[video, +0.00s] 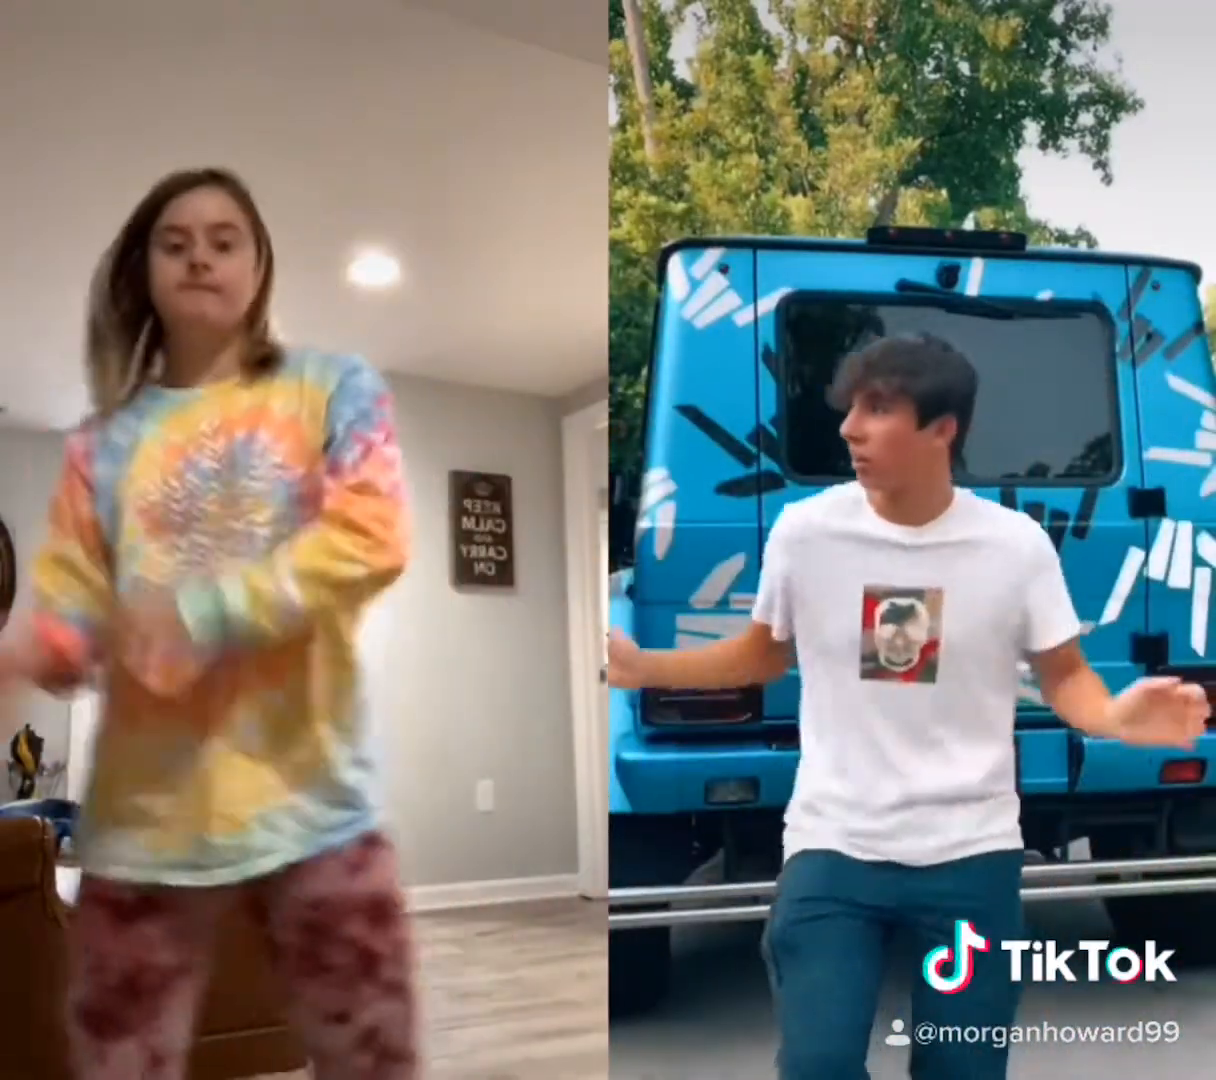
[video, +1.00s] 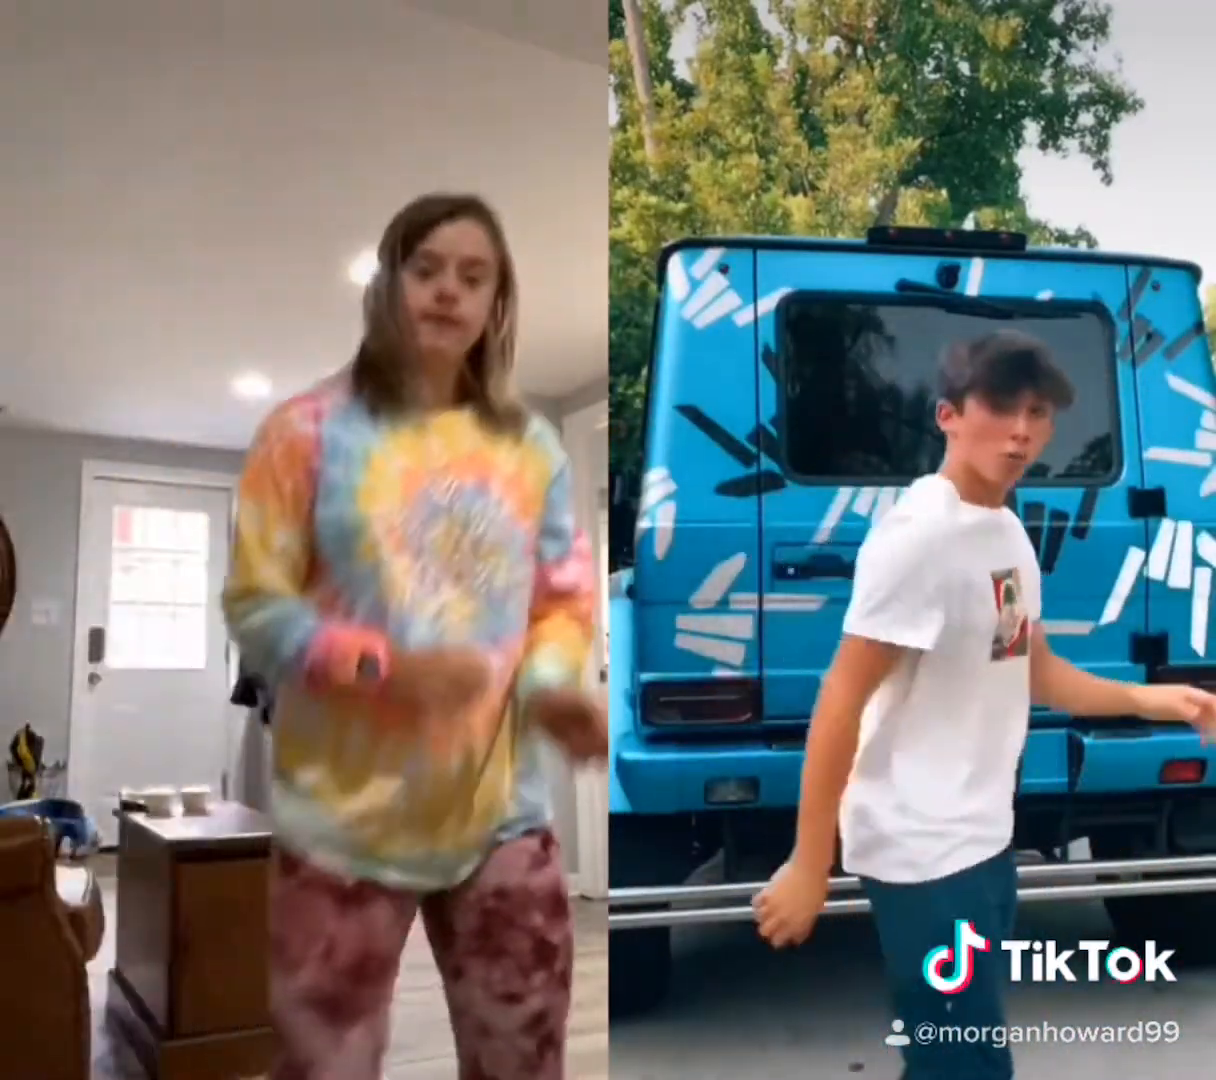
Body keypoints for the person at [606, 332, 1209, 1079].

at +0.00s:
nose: (850, 428)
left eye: (876, 409)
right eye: (849, 408)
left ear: (943, 430)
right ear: (848, 418)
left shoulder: (1016, 546)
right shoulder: (805, 534)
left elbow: (1067, 676)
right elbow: (765, 651)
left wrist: (1116, 716)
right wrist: (645, 667)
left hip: (971, 854)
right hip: (833, 849)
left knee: (963, 1063)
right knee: (816, 1059)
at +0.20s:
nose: (846, 432)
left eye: (872, 415)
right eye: (836, 413)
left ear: (922, 438)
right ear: (822, 426)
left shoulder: (977, 558)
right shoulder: (785, 554)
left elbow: (983, 723)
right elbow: (757, 723)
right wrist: (765, 675)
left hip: (947, 845)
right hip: (815, 852)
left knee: (946, 1059)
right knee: (828, 1065)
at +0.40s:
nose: (880, 434)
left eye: (899, 418)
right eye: (862, 418)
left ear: (926, 439)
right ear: (833, 438)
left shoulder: (968, 544)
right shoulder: (784, 543)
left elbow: (970, 681)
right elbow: (762, 664)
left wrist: (858, 589)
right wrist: (896, 588)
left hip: (938, 832)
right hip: (814, 845)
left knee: (948, 1051)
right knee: (832, 1064)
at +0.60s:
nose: (909, 421)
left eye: (929, 405)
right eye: (892, 404)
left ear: (955, 424)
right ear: (861, 419)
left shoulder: (994, 544)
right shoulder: (804, 534)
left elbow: (1017, 703)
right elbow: (804, 684)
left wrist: (895, 651)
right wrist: (939, 630)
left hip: (962, 840)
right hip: (836, 847)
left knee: (947, 1055)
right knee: (849, 1056)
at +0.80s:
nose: (961, 454)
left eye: (978, 439)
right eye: (942, 436)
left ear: (1000, 457)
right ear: (904, 450)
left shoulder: (1015, 568)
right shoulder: (846, 570)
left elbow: (1038, 689)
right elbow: (815, 732)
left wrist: (1010, 769)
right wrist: (941, 819)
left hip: (980, 857)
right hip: (877, 862)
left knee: (976, 1061)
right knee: (916, 1062)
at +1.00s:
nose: (1024, 432)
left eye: (1037, 415)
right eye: (1002, 408)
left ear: (1050, 429)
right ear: (949, 418)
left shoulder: (1005, 527)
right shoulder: (916, 535)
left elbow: (1034, 669)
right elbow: (841, 697)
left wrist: (1144, 699)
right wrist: (809, 864)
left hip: (984, 846)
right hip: (924, 861)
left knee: (946, 1059)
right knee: (970, 1063)